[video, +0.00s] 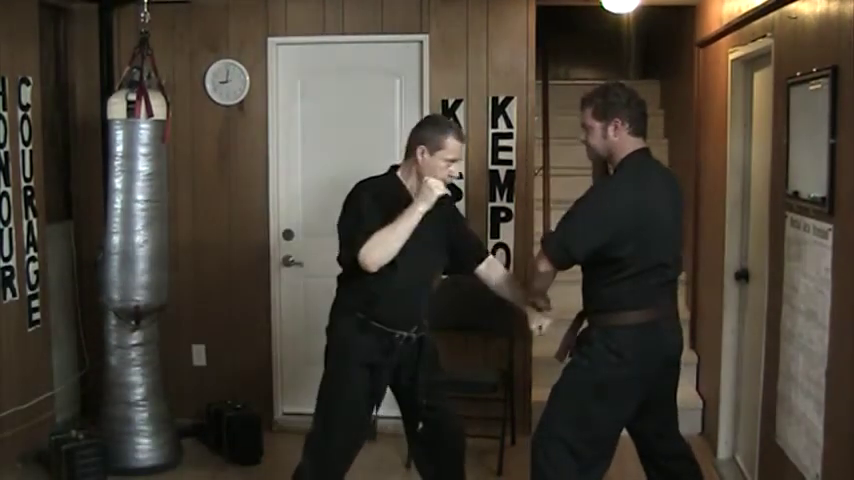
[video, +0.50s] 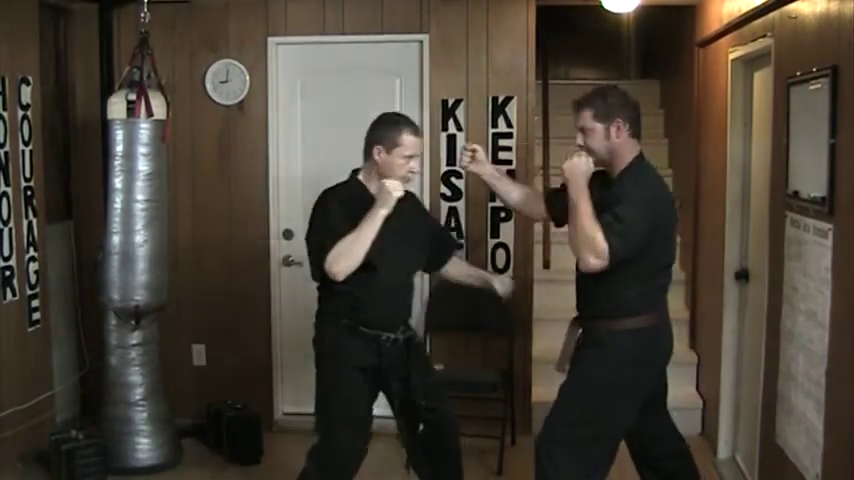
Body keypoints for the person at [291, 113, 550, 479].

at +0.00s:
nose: (456, 171)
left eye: (458, 162)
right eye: (449, 161)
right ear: (420, 154)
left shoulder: (443, 211)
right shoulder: (369, 194)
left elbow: (487, 267)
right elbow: (370, 258)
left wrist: (529, 303)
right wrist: (420, 205)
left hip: (413, 345)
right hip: (359, 340)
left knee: (443, 443)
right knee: (333, 448)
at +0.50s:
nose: (415, 167)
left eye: (417, 158)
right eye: (407, 158)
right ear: (377, 154)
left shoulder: (408, 206)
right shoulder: (336, 202)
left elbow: (443, 261)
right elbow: (336, 267)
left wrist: (489, 279)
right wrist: (381, 209)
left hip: (400, 344)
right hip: (345, 344)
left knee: (437, 438)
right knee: (342, 448)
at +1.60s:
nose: (264, 172)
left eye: (267, 164)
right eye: (259, 163)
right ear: (231, 155)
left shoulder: (247, 202)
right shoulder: (188, 199)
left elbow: (276, 254)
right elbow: (214, 258)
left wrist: (299, 210)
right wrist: (248, 196)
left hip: (234, 343)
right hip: (184, 342)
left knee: (275, 433)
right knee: (159, 447)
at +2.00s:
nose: (304, 165)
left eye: (308, 156)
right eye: (301, 154)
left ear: (279, 152)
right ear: (273, 149)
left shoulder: (282, 196)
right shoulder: (231, 192)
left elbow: (318, 241)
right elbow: (267, 247)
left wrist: (341, 201)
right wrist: (290, 182)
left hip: (274, 336)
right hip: (228, 336)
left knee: (297, 430)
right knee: (214, 433)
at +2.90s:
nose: (450, 171)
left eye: (452, 162)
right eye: (444, 161)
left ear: (423, 157)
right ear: (415, 155)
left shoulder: (442, 208)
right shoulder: (365, 196)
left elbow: (489, 258)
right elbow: (360, 256)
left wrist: (537, 290)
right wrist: (406, 200)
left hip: (412, 344)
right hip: (358, 339)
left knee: (443, 444)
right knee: (340, 441)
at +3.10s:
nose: (454, 168)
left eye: (456, 160)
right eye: (448, 159)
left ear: (427, 155)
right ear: (419, 154)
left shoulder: (445, 203)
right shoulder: (369, 196)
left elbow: (492, 251)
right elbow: (375, 258)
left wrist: (545, 279)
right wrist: (418, 200)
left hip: (416, 345)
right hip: (362, 341)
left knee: (447, 442)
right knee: (336, 448)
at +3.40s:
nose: (436, 169)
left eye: (440, 160)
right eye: (429, 159)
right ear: (398, 154)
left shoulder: (434, 209)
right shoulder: (356, 201)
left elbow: (477, 258)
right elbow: (359, 265)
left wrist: (528, 287)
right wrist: (399, 203)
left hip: (414, 347)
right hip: (359, 346)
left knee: (449, 442)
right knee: (346, 454)